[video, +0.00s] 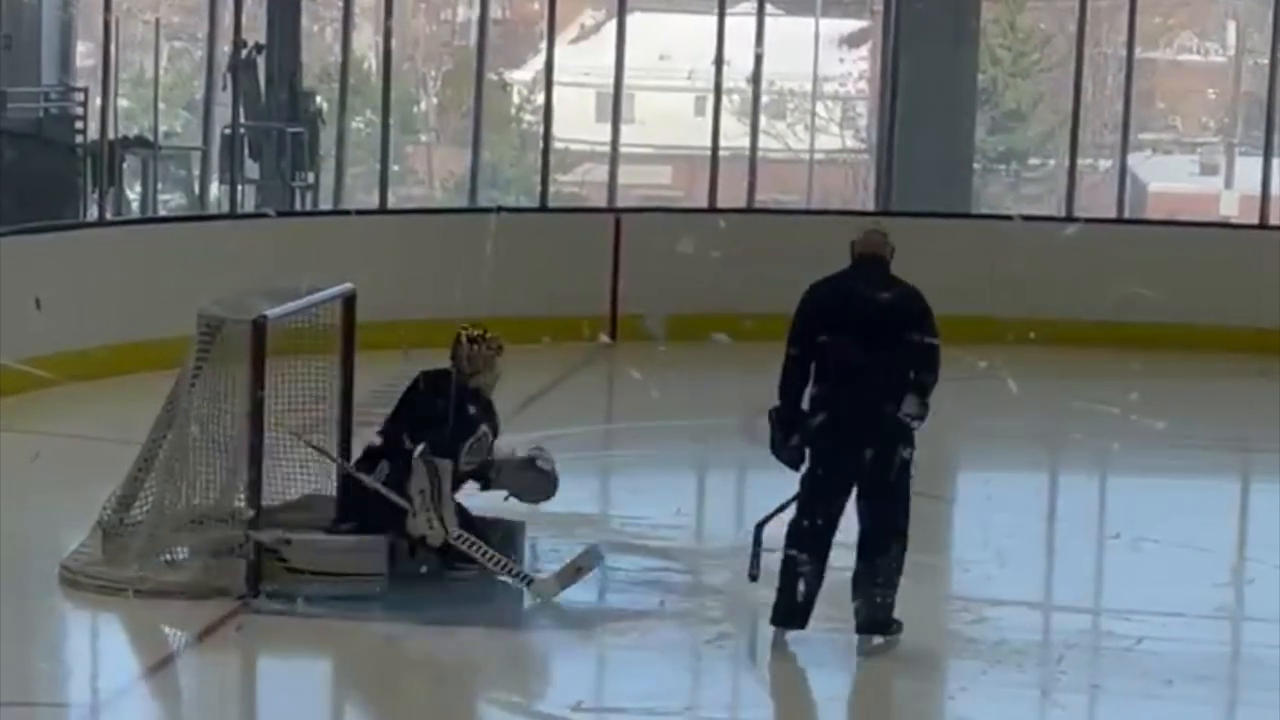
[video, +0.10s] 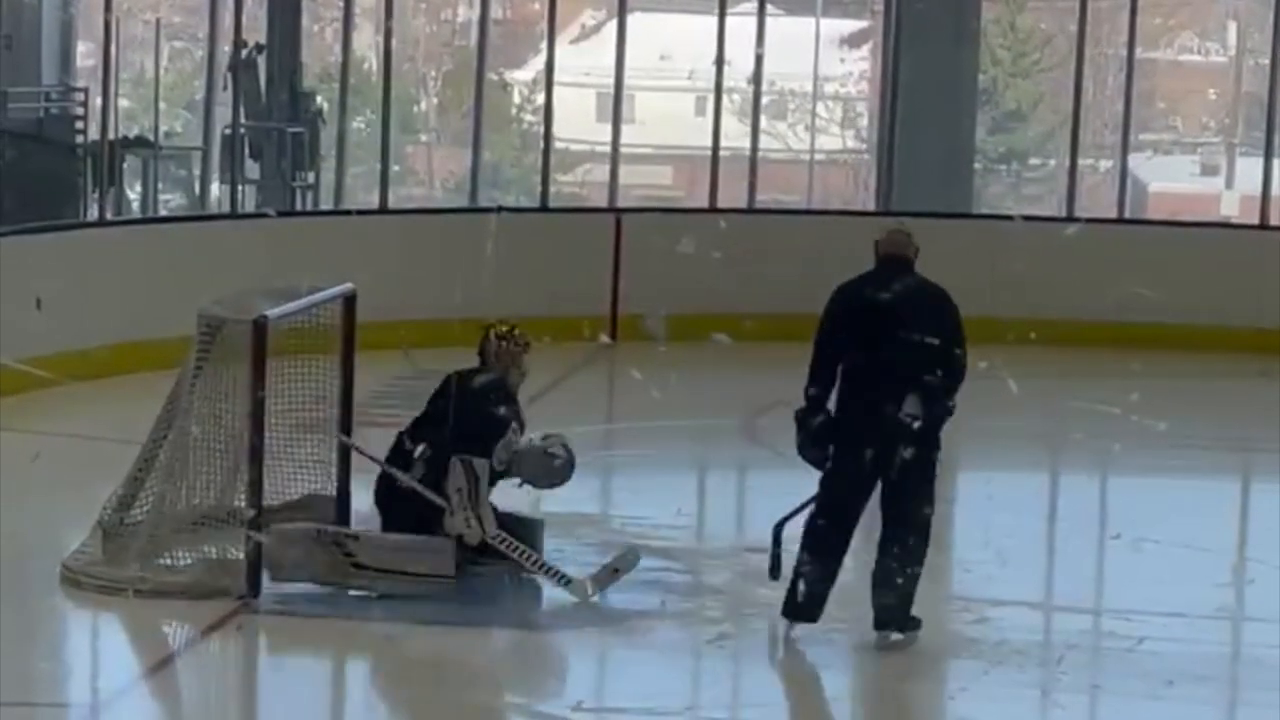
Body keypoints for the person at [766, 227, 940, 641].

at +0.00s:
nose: (877, 261)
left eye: (868, 252)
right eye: (886, 254)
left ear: (852, 255)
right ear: (890, 258)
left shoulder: (821, 294)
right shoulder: (910, 301)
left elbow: (796, 364)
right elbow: (926, 365)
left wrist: (787, 422)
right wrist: (909, 415)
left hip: (832, 427)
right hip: (888, 433)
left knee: (814, 517)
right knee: (884, 526)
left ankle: (789, 609)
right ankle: (874, 618)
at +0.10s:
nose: (897, 260)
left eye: (889, 252)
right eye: (908, 254)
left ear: (875, 255)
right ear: (914, 257)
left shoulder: (849, 295)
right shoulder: (937, 300)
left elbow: (824, 361)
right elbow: (954, 366)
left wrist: (812, 416)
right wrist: (931, 410)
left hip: (857, 427)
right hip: (914, 434)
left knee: (833, 513)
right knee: (907, 523)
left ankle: (801, 604)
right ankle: (892, 615)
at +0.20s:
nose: (916, 261)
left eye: (908, 253)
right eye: (928, 254)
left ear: (899, 253)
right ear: (938, 255)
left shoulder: (876, 293)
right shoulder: (965, 300)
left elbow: (852, 363)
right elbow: (978, 366)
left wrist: (839, 420)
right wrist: (954, 416)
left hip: (880, 427)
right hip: (938, 435)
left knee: (855, 511)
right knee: (928, 523)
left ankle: (818, 602)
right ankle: (910, 616)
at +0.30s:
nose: (927, 258)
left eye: (923, 251)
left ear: (922, 251)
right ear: (960, 252)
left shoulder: (899, 292)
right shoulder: (988, 297)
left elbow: (874, 365)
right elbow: (1004, 365)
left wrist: (863, 423)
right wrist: (973, 415)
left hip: (901, 426)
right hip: (957, 432)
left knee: (882, 509)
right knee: (948, 522)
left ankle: (853, 597)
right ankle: (930, 612)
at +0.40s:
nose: (943, 255)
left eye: (943, 248)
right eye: (952, 248)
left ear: (943, 249)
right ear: (980, 251)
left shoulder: (920, 292)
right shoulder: (1009, 295)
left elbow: (896, 362)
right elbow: (1028, 358)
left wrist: (886, 420)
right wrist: (995, 405)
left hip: (923, 425)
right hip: (977, 429)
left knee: (910, 507)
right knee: (967, 515)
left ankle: (894, 601)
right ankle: (952, 609)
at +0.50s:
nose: (958, 250)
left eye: (959, 243)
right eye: (967, 243)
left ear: (961, 246)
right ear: (998, 247)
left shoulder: (939, 290)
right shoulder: (1026, 292)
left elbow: (916, 360)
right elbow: (1048, 354)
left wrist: (908, 427)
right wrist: (1018, 404)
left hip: (946, 419)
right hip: (998, 422)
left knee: (937, 505)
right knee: (988, 511)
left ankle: (930, 600)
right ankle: (975, 609)